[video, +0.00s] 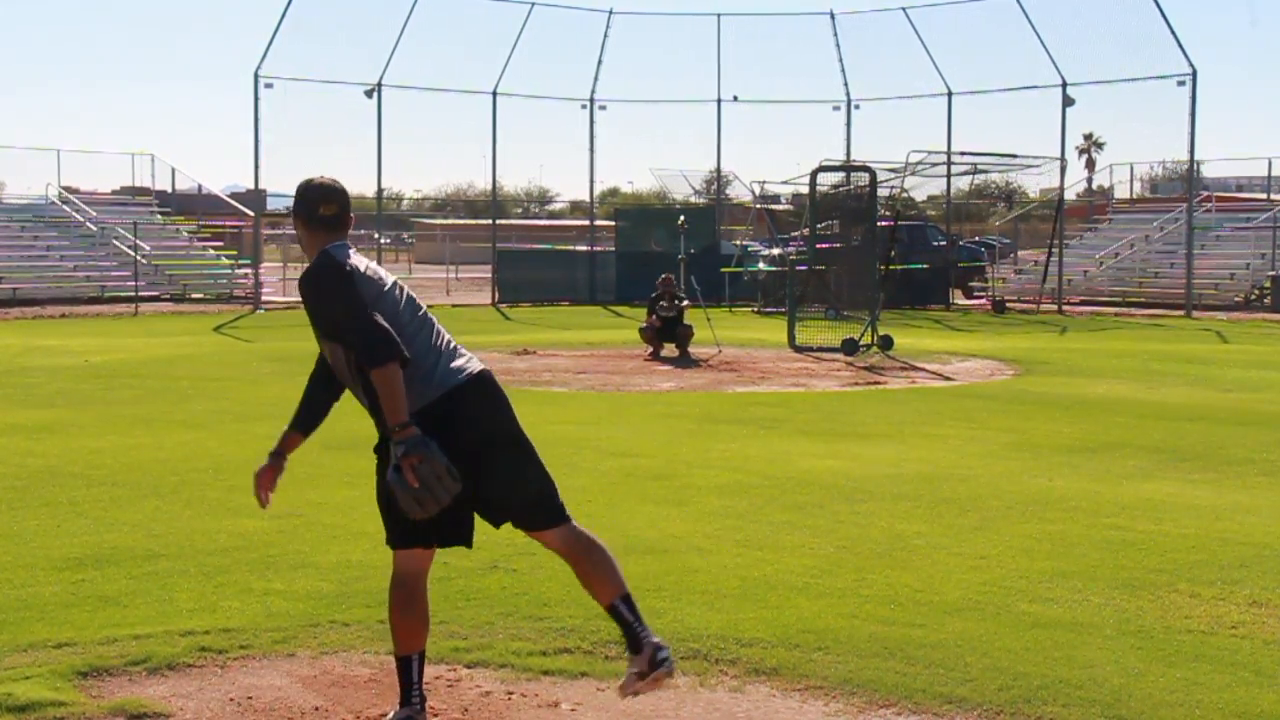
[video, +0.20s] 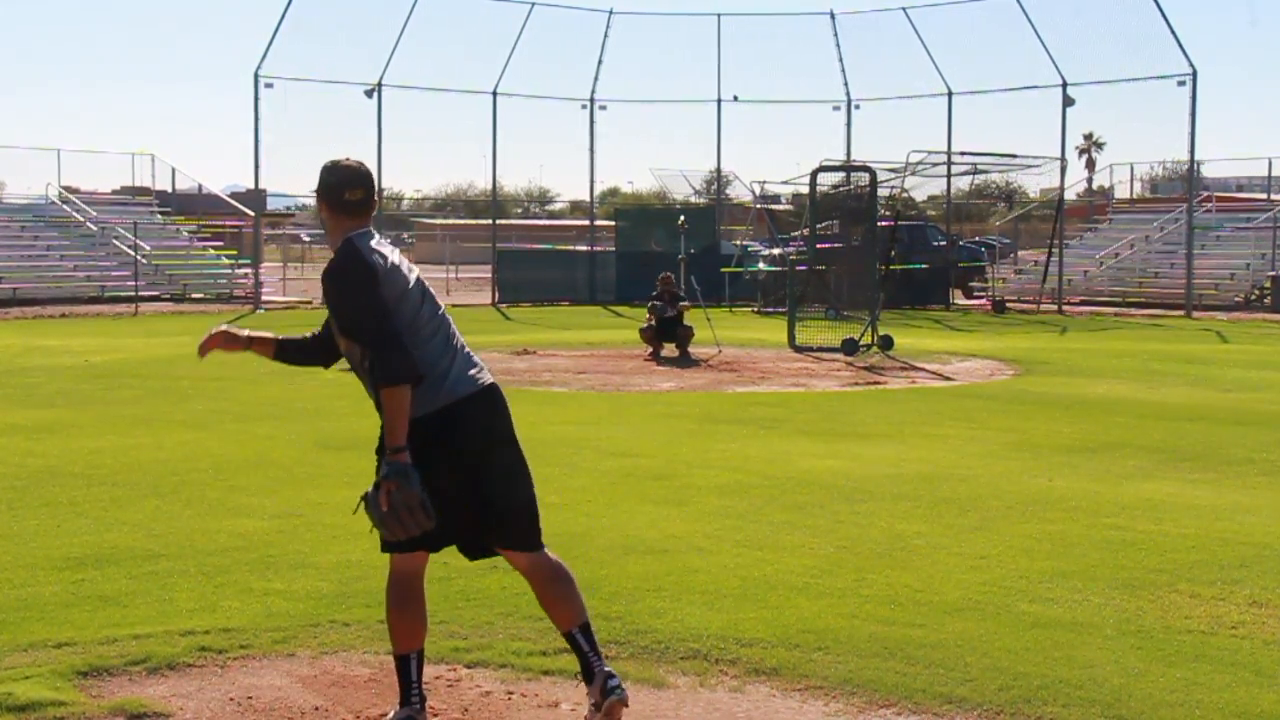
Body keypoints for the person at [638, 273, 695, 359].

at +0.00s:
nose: (667, 289)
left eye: (669, 286)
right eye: (664, 286)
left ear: (674, 286)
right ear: (659, 286)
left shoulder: (678, 297)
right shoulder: (654, 298)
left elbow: (687, 303)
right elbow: (648, 319)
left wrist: (680, 306)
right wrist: (654, 321)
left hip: (675, 328)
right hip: (660, 328)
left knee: (687, 329)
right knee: (645, 330)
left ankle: (683, 350)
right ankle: (656, 347)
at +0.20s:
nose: (666, 287)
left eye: (669, 284)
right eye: (664, 284)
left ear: (673, 284)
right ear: (659, 285)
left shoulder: (678, 296)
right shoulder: (655, 297)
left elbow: (687, 305)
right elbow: (649, 317)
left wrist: (680, 306)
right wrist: (651, 315)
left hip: (675, 327)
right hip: (660, 328)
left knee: (687, 331)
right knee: (645, 331)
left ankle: (683, 350)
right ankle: (656, 348)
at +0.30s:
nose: (666, 285)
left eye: (669, 282)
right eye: (663, 282)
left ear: (673, 283)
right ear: (659, 283)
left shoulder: (678, 295)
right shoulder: (655, 296)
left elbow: (685, 304)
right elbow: (649, 318)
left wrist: (679, 306)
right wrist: (649, 305)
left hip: (676, 330)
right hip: (660, 330)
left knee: (687, 332)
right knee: (645, 332)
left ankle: (683, 349)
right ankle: (656, 348)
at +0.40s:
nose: (666, 282)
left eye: (668, 279)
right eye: (663, 279)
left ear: (673, 280)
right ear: (659, 280)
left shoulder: (678, 293)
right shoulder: (655, 295)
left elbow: (681, 303)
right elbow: (646, 315)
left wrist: (675, 303)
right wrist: (638, 308)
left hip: (677, 330)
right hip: (661, 331)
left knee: (686, 334)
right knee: (646, 334)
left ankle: (682, 349)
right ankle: (656, 347)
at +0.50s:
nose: (666, 280)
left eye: (669, 277)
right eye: (663, 277)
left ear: (673, 278)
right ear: (659, 278)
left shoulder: (678, 292)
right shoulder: (657, 294)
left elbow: (678, 300)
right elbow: (644, 308)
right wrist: (631, 303)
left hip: (676, 330)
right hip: (661, 330)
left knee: (684, 337)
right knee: (646, 336)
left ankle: (683, 350)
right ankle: (656, 348)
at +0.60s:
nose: (665, 279)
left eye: (668, 276)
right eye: (662, 276)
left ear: (672, 277)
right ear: (659, 277)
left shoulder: (677, 291)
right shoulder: (656, 291)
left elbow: (678, 296)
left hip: (676, 329)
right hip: (660, 329)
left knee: (682, 341)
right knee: (645, 340)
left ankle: (684, 352)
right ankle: (654, 350)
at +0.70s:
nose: (662, 278)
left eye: (665, 275)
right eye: (660, 275)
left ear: (671, 276)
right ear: (658, 275)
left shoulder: (674, 288)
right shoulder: (659, 288)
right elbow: (651, 290)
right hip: (660, 329)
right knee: (644, 343)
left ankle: (685, 354)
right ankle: (654, 350)